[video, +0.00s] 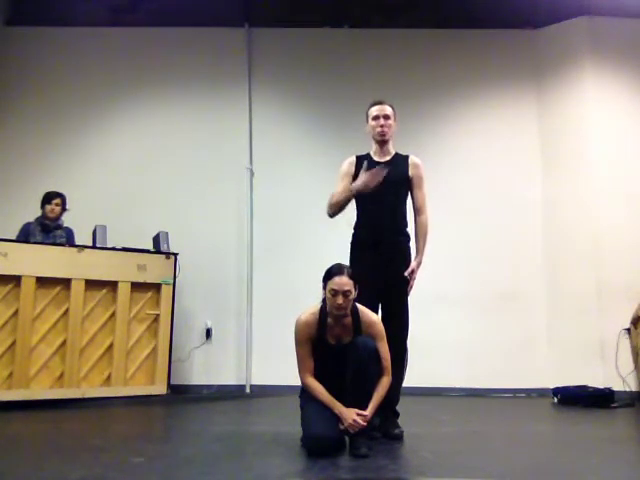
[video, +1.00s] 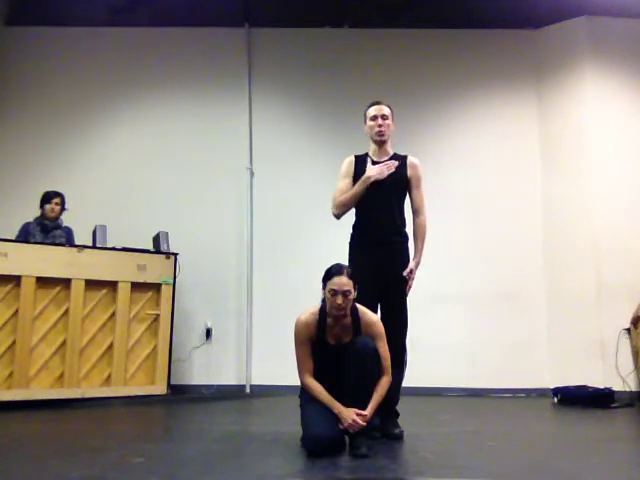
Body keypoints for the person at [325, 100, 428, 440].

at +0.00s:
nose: (382, 123)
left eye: (387, 118)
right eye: (376, 118)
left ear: (395, 124)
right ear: (367, 125)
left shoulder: (411, 166)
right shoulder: (354, 164)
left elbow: (421, 214)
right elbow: (332, 208)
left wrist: (418, 259)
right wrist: (357, 186)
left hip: (396, 258)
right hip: (363, 257)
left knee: (395, 338)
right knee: (359, 336)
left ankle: (388, 415)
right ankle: (358, 416)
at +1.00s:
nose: (380, 122)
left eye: (385, 118)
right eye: (374, 118)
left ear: (393, 125)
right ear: (365, 126)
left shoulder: (409, 166)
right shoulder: (353, 164)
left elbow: (419, 215)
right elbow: (337, 208)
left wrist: (416, 260)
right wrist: (368, 178)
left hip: (394, 257)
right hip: (362, 256)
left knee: (395, 337)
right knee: (359, 336)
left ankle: (388, 415)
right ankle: (359, 416)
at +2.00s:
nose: (381, 124)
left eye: (386, 119)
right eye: (375, 120)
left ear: (394, 125)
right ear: (366, 127)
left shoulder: (409, 166)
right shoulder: (353, 163)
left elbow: (419, 215)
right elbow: (332, 205)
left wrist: (416, 259)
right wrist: (365, 177)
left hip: (394, 257)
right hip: (362, 257)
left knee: (395, 337)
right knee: (358, 336)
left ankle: (388, 415)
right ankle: (359, 416)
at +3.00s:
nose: (381, 126)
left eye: (386, 121)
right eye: (376, 121)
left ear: (394, 126)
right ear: (366, 128)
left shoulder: (409, 167)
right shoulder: (353, 164)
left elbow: (419, 215)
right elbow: (332, 205)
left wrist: (416, 259)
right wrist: (365, 177)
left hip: (394, 257)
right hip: (361, 257)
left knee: (394, 338)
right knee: (359, 336)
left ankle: (388, 415)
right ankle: (358, 416)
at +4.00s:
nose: (380, 121)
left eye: (385, 117)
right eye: (375, 117)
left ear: (393, 124)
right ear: (365, 126)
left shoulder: (409, 165)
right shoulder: (352, 162)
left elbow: (418, 215)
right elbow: (331, 204)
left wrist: (415, 259)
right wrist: (364, 175)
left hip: (393, 257)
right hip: (361, 256)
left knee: (395, 337)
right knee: (358, 336)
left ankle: (388, 415)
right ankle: (359, 416)